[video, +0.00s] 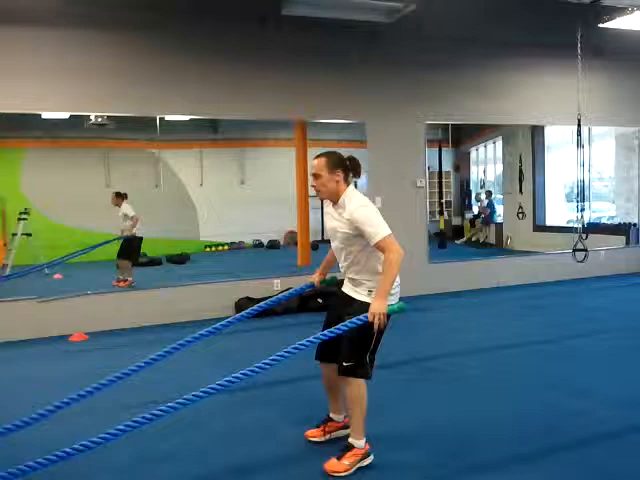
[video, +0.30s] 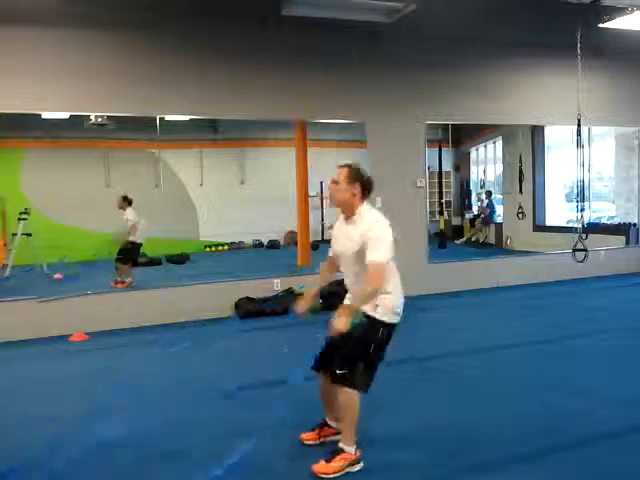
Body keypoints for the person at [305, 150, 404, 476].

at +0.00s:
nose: (312, 183)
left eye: (317, 176)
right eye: (311, 177)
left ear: (338, 177)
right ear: (330, 178)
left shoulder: (359, 208)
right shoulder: (332, 205)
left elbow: (394, 252)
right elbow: (342, 243)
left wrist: (381, 298)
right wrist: (321, 270)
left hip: (369, 299)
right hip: (346, 292)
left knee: (352, 370)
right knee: (326, 358)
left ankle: (359, 446)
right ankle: (339, 418)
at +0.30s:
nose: (329, 187)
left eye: (336, 183)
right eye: (331, 182)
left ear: (356, 190)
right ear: (347, 191)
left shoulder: (376, 225)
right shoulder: (341, 223)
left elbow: (377, 281)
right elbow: (333, 266)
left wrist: (348, 309)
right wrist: (311, 294)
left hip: (380, 310)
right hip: (354, 305)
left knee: (345, 375)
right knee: (326, 366)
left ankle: (350, 450)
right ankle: (334, 424)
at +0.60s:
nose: (331, 214)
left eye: (334, 207)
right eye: (329, 208)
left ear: (354, 199)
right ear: (342, 204)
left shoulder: (378, 218)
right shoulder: (352, 225)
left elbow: (386, 192)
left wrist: (346, 184)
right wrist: (326, 190)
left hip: (397, 300)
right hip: (368, 298)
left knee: (358, 372)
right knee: (333, 361)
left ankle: (365, 448)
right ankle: (343, 423)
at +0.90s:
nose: (320, 231)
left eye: (323, 224)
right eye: (320, 225)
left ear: (340, 224)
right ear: (337, 225)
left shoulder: (366, 245)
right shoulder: (340, 250)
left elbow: (376, 299)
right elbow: (330, 284)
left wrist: (349, 334)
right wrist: (309, 311)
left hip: (411, 303)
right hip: (380, 304)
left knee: (371, 369)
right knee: (346, 357)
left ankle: (365, 449)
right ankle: (345, 426)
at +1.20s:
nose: (311, 233)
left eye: (315, 226)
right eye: (307, 228)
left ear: (331, 220)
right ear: (309, 226)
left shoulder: (353, 239)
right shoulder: (327, 239)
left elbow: (353, 231)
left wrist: (311, 198)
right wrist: (294, 206)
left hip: (392, 307)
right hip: (363, 305)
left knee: (351, 379)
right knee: (324, 365)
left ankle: (333, 455)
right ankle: (312, 427)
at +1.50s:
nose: (316, 212)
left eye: (319, 205)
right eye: (314, 207)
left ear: (338, 199)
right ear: (332, 200)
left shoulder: (363, 225)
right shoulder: (328, 225)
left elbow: (350, 267)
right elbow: (304, 248)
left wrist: (311, 288)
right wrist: (276, 266)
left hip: (375, 305)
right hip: (345, 301)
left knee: (336, 377)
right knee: (312, 364)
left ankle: (330, 456)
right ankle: (312, 427)